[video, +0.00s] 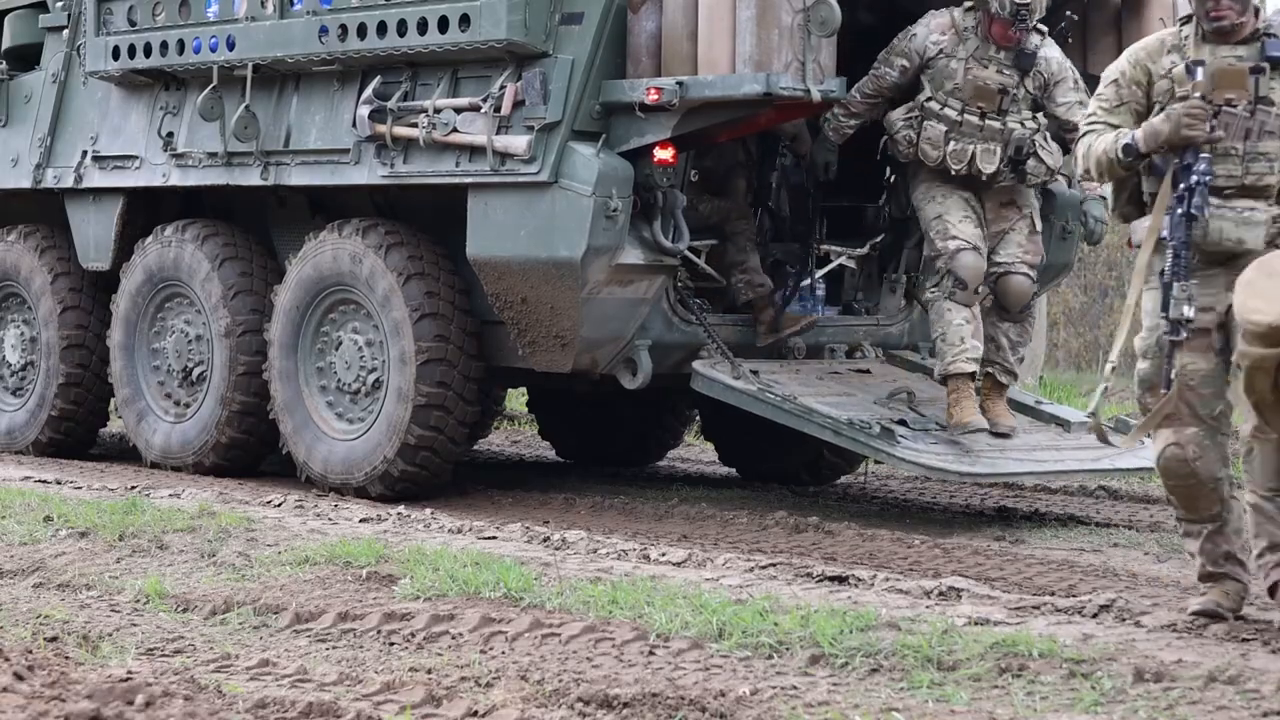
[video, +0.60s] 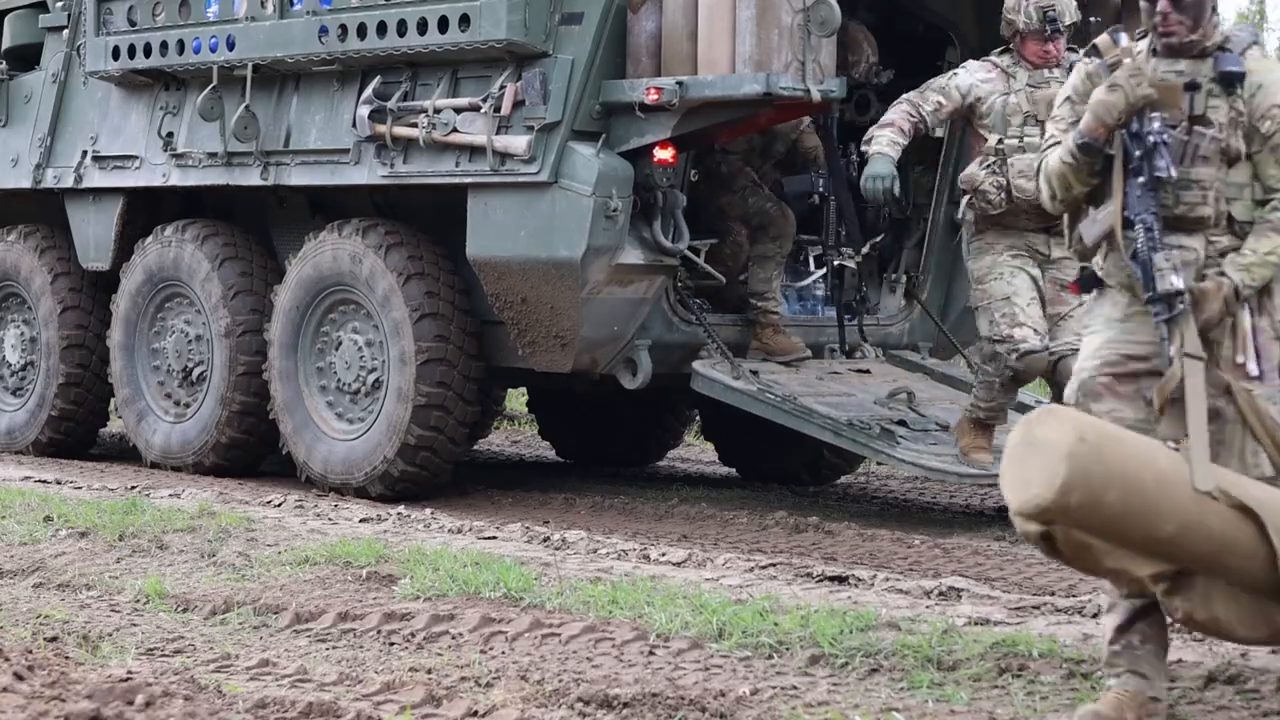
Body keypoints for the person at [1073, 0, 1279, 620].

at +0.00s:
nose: (1222, 6)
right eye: (1211, 0)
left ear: (1255, 4)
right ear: (1192, 3)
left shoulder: (1275, 51)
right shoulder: (1148, 58)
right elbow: (1089, 155)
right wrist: (1154, 133)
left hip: (1269, 265)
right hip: (1187, 266)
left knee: (1271, 428)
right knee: (1185, 448)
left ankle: (1269, 569)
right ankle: (1223, 579)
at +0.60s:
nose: (1175, 13)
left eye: (1190, 2)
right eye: (1163, 3)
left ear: (1217, 9)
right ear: (1144, 9)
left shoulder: (1254, 79)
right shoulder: (1103, 77)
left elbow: (1277, 208)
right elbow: (1058, 195)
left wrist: (1232, 280)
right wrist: (1095, 130)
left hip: (1230, 296)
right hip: (1131, 295)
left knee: (1236, 477)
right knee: (1108, 460)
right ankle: (1136, 665)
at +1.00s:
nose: (1067, 13)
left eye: (1086, 3)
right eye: (1056, 1)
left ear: (1117, 12)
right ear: (1040, 6)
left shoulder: (1162, 106)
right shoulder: (980, 75)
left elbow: (1180, 238)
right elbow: (924, 193)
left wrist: (1089, 287)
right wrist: (984, 160)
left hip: (1098, 347)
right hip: (992, 339)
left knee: (1076, 519)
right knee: (1004, 516)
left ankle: (1040, 698)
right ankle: (1128, 678)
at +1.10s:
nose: (1030, 28)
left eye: (1049, 14)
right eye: (1017, 14)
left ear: (1085, 16)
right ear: (1001, 18)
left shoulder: (1126, 119)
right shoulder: (954, 87)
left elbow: (1146, 255)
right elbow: (880, 202)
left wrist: (1041, 292)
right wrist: (929, 174)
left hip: (1057, 371)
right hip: (944, 363)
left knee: (1041, 546)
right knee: (964, 542)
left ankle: (1065, 703)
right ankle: (1019, 700)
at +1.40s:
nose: (830, 26)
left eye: (848, 11)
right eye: (818, 12)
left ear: (898, 5)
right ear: (808, 13)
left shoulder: (959, 98)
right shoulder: (792, 90)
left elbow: (975, 248)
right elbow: (753, 206)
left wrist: (849, 264)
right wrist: (749, 244)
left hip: (908, 379)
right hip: (788, 368)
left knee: (914, 573)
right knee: (711, 550)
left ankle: (978, 702)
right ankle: (680, 710)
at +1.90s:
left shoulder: (690, 33)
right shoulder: (515, 38)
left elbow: (725, 176)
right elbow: (491, 168)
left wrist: (593, 182)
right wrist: (478, 255)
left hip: (657, 305)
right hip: (563, 306)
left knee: (491, 457)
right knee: (605, 518)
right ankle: (656, 700)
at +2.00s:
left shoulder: (646, 36)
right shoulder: (470, 27)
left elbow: (673, 180)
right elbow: (428, 151)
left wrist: (543, 176)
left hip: (607, 305)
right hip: (515, 305)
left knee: (459, 482)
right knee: (585, 523)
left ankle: (409, 697)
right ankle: (648, 697)